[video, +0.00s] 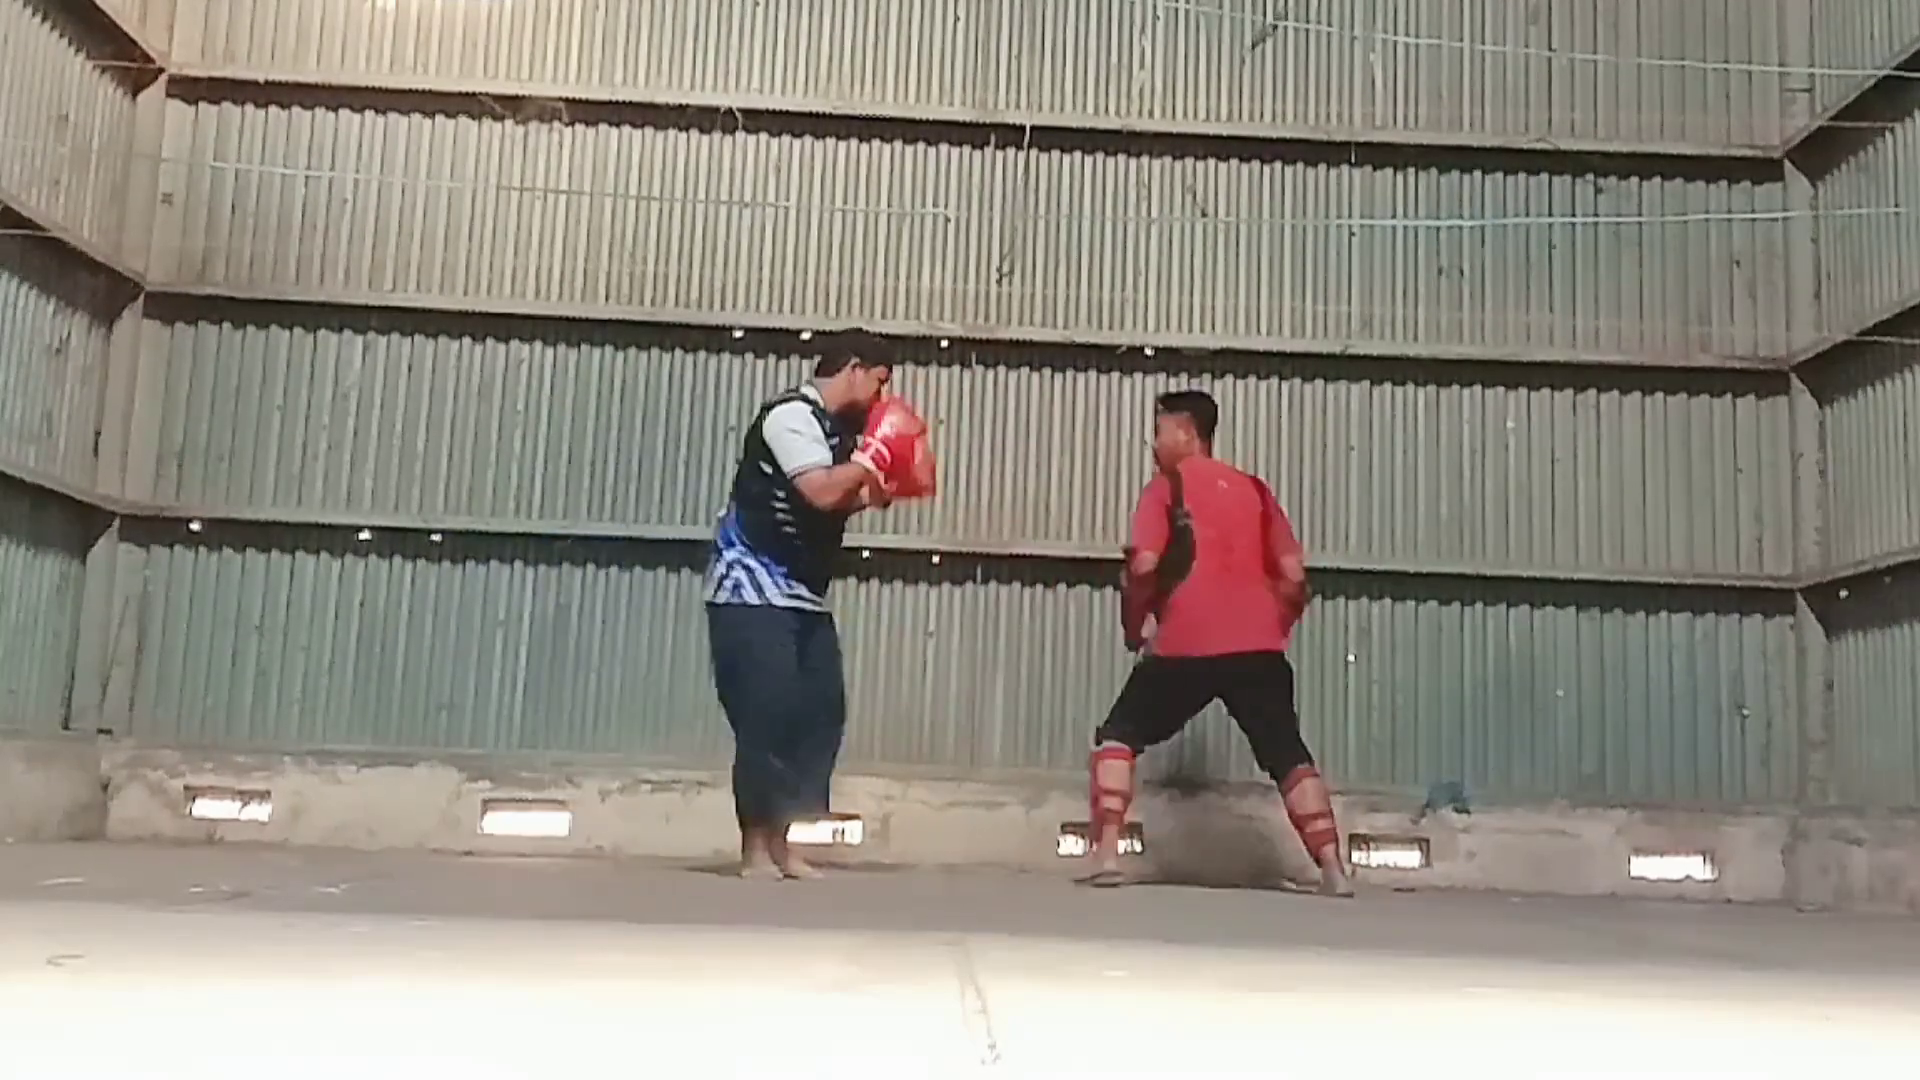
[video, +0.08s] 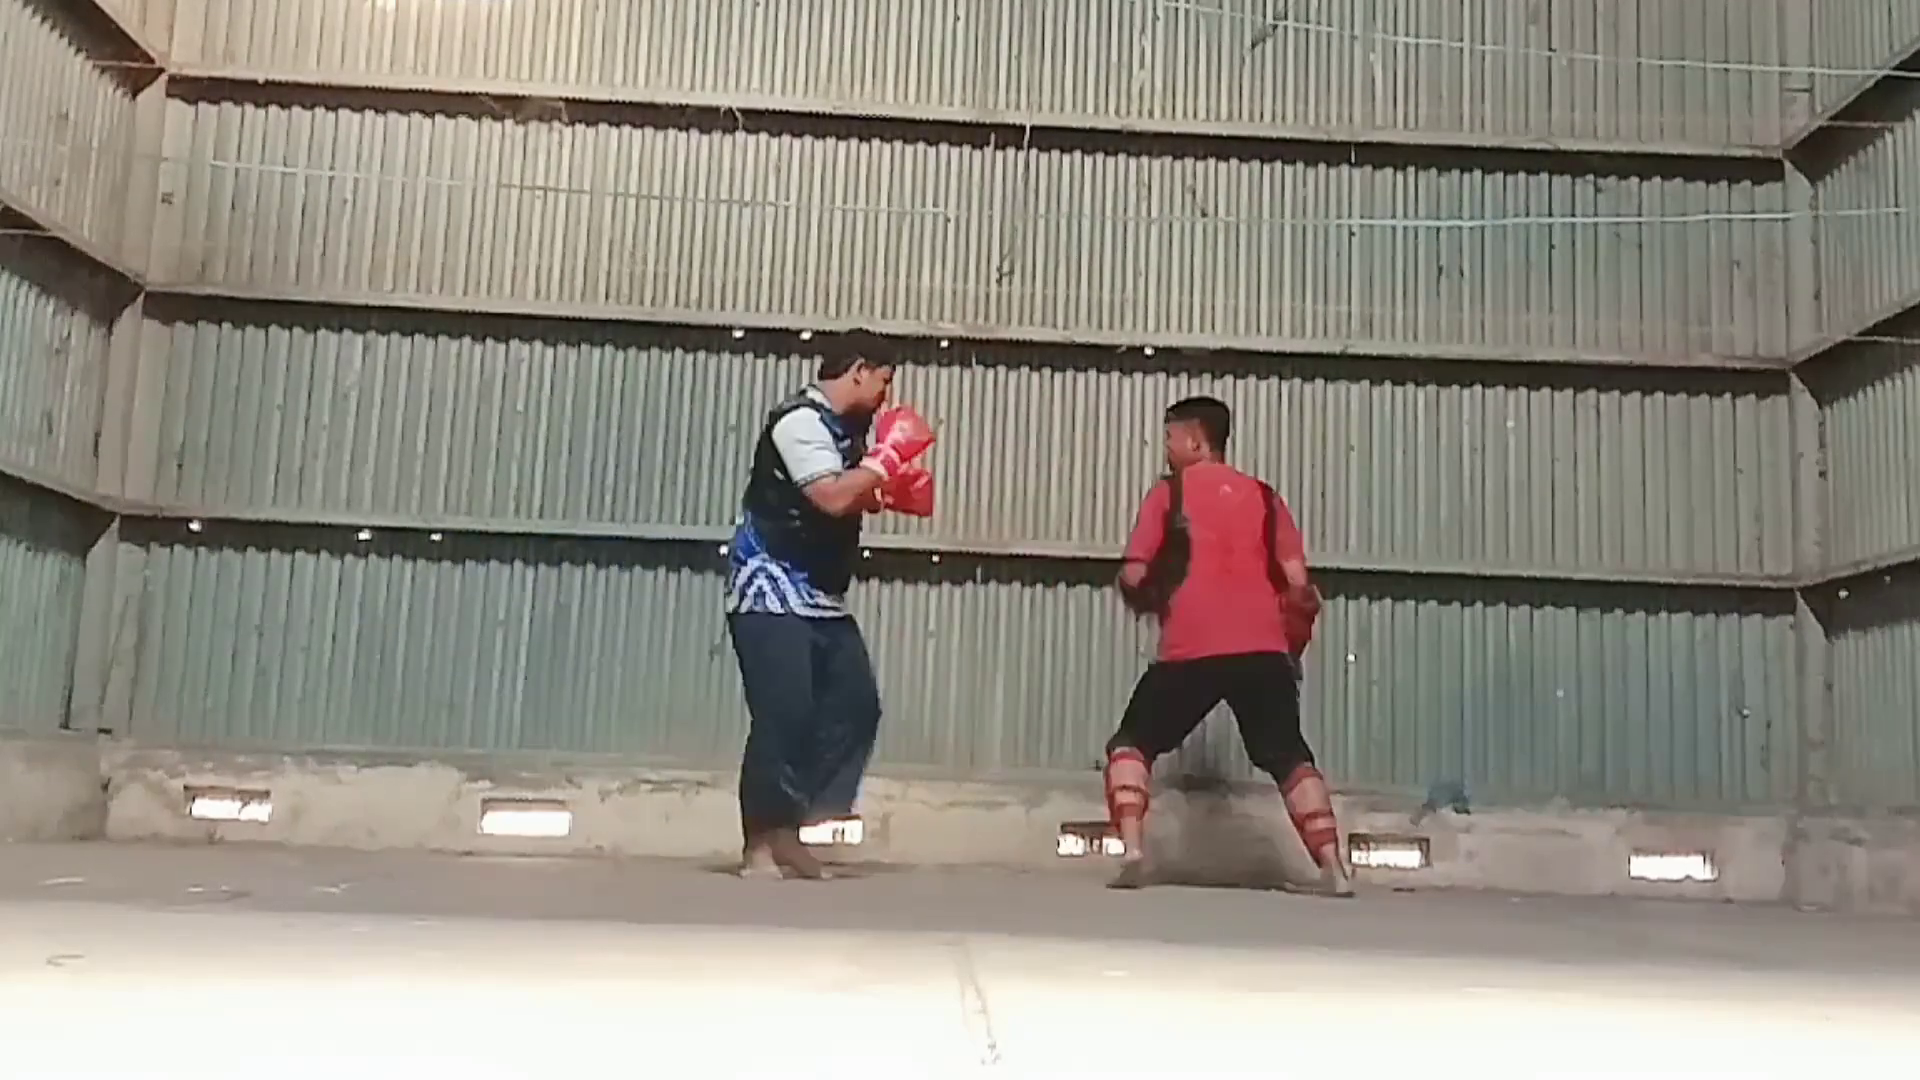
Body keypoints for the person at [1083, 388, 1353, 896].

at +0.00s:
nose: (1153, 442)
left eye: (1159, 430)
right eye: (1155, 430)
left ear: (1185, 431)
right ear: (1200, 435)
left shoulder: (1165, 489)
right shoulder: (1255, 488)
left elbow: (1143, 565)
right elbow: (1293, 576)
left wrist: (1132, 629)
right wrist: (1270, 635)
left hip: (1186, 653)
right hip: (1257, 653)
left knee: (1117, 737)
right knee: (1288, 756)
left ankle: (1106, 855)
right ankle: (1333, 868)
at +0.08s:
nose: (1165, 447)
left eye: (1171, 437)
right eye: (1167, 437)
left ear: (1195, 439)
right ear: (1215, 443)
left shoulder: (1166, 496)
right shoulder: (1265, 495)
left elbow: (1133, 576)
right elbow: (1296, 578)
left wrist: (1148, 599)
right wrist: (1292, 639)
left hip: (1191, 656)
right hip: (1263, 655)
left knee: (1131, 743)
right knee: (1287, 753)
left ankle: (1132, 851)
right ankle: (1332, 864)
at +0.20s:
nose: (1235, 427)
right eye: (1239, 418)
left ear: (1193, 412)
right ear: (1241, 418)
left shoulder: (1156, 466)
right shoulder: (1250, 467)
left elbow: (1138, 539)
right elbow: (1262, 543)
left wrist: (1161, 592)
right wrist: (1284, 621)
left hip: (1154, 616)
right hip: (1223, 617)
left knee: (1132, 735)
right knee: (1273, 728)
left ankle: (1134, 858)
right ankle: (1316, 844)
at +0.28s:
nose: (1268, 416)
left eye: (1268, 405)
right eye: (1265, 404)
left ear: (1219, 404)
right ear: (1240, 402)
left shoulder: (1178, 449)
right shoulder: (1235, 445)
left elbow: (1177, 534)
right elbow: (1229, 529)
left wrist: (1235, 581)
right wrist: (1272, 598)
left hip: (1119, 586)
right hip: (1181, 587)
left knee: (1129, 715)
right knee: (1242, 685)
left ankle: (1109, 843)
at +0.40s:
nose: (1245, 427)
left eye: (1258, 420)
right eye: (1237, 414)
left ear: (1269, 430)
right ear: (1220, 413)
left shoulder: (1235, 488)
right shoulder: (1200, 452)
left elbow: (1199, 561)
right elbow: (1169, 515)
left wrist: (1234, 581)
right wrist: (1227, 562)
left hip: (1134, 593)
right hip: (1120, 569)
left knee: (1106, 724)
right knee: (1111, 641)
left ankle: (1075, 853)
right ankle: (1035, 572)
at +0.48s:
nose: (1243, 434)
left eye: (1256, 428)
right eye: (1235, 422)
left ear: (1270, 440)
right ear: (1219, 424)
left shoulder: (1236, 503)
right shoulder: (1200, 464)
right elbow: (1153, 523)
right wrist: (1212, 581)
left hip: (1125, 614)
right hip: (1109, 573)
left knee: (1105, 729)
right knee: (1033, 608)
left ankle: (1073, 859)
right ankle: (970, 527)